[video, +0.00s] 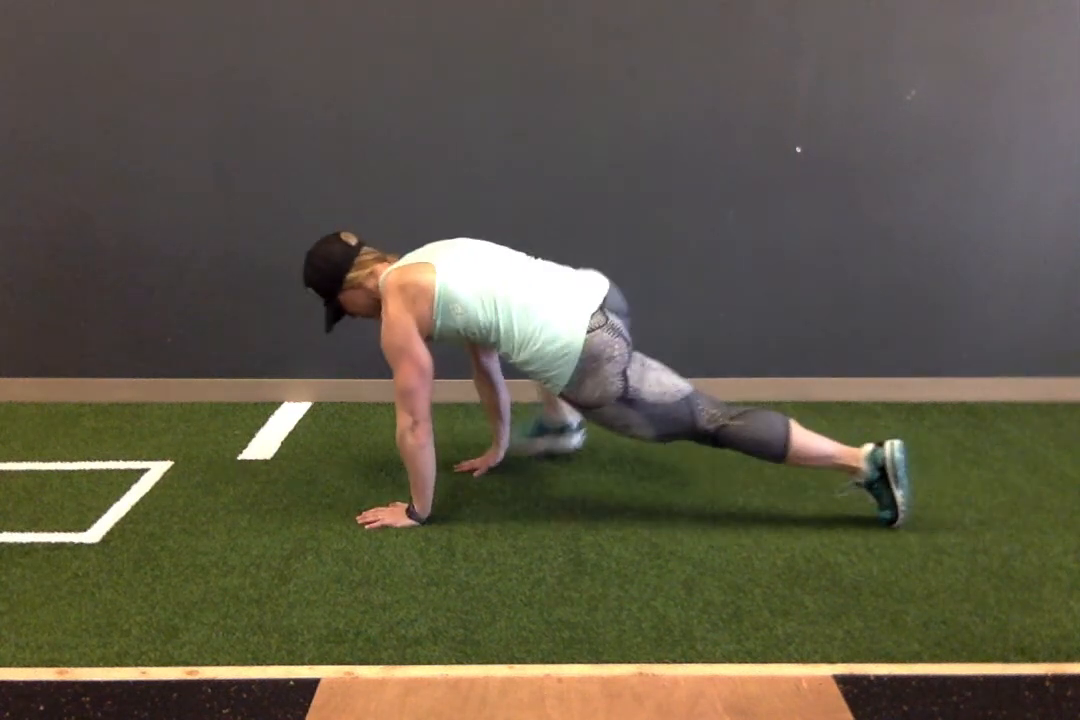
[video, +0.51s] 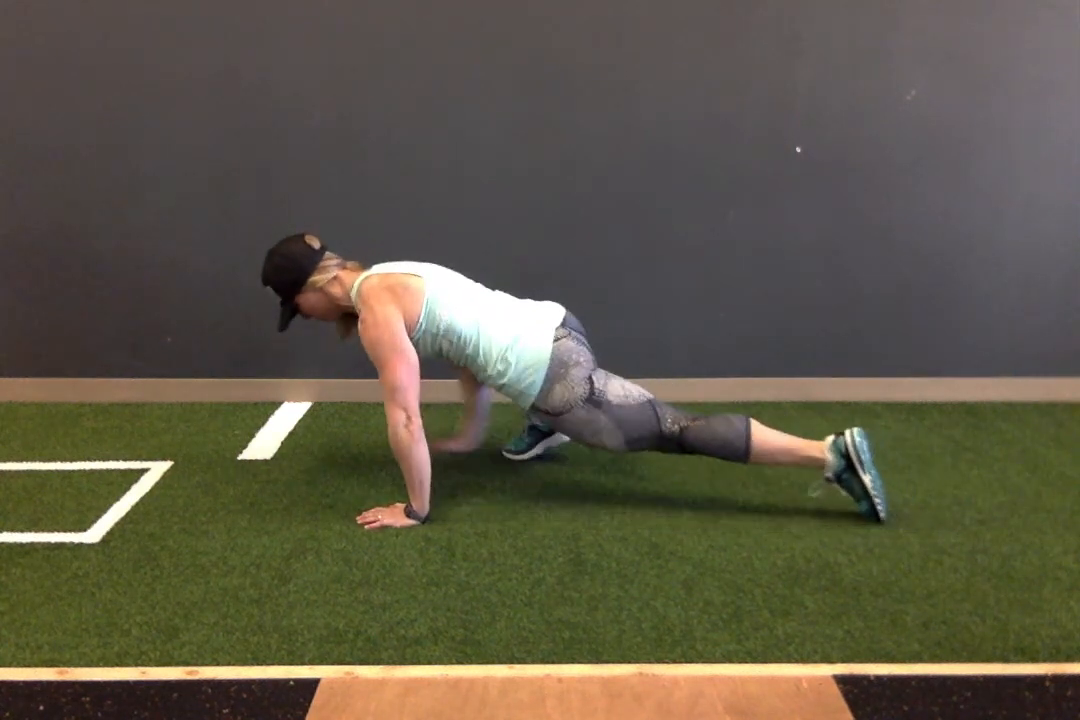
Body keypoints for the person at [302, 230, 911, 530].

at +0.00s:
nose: (353, 315)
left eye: (344, 307)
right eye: (344, 309)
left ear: (348, 290)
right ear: (368, 253)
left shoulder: (399, 307)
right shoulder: (436, 256)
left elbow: (413, 416)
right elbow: (484, 352)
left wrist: (418, 507)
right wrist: (494, 439)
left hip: (586, 356)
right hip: (606, 301)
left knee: (707, 419)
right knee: (506, 326)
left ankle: (863, 462)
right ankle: (559, 428)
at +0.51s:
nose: (310, 319)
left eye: (301, 309)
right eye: (302, 313)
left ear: (310, 288)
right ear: (329, 262)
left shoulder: (375, 311)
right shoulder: (396, 272)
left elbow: (403, 419)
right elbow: (474, 335)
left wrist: (415, 509)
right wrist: (471, 426)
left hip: (552, 375)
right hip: (560, 329)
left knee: (672, 429)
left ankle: (831, 454)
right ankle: (532, 437)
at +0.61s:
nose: (304, 323)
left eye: (296, 313)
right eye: (296, 316)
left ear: (307, 294)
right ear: (322, 269)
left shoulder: (374, 315)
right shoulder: (382, 280)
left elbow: (405, 416)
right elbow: (428, 363)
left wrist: (416, 508)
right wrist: (389, 428)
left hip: (546, 366)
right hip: (551, 327)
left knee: (667, 417)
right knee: (462, 346)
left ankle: (822, 451)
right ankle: (543, 421)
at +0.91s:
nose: (277, 321)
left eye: (269, 311)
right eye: (268, 314)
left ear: (280, 291)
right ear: (291, 271)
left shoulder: (352, 305)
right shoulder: (343, 282)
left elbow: (382, 407)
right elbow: (346, 371)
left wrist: (412, 498)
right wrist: (303, 432)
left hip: (528, 319)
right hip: (498, 309)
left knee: (616, 404)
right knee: (418, 368)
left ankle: (767, 393)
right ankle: (534, 408)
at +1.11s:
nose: (233, 314)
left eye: (227, 303)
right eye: (225, 306)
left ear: (242, 283)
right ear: (248, 271)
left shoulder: (308, 299)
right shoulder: (301, 278)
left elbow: (361, 385)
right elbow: (332, 360)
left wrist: (359, 464)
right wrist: (307, 427)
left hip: (488, 307)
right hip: (449, 319)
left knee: (580, 385)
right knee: (402, 397)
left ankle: (709, 369)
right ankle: (521, 402)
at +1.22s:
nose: (211, 309)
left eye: (205, 297)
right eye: (203, 301)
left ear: (221, 276)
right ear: (226, 269)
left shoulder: (285, 292)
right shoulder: (279, 278)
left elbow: (310, 396)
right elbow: (305, 379)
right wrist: (274, 438)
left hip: (467, 299)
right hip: (423, 320)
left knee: (566, 369)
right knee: (398, 404)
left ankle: (691, 358)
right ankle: (525, 399)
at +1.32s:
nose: (195, 307)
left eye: (186, 296)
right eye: (187, 299)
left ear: (198, 275)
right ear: (210, 260)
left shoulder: (264, 286)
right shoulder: (267, 275)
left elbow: (239, 389)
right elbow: (307, 361)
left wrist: (185, 464)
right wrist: (304, 431)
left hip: (448, 294)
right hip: (412, 315)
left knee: (559, 352)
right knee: (394, 406)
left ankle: (676, 345)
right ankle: (519, 409)